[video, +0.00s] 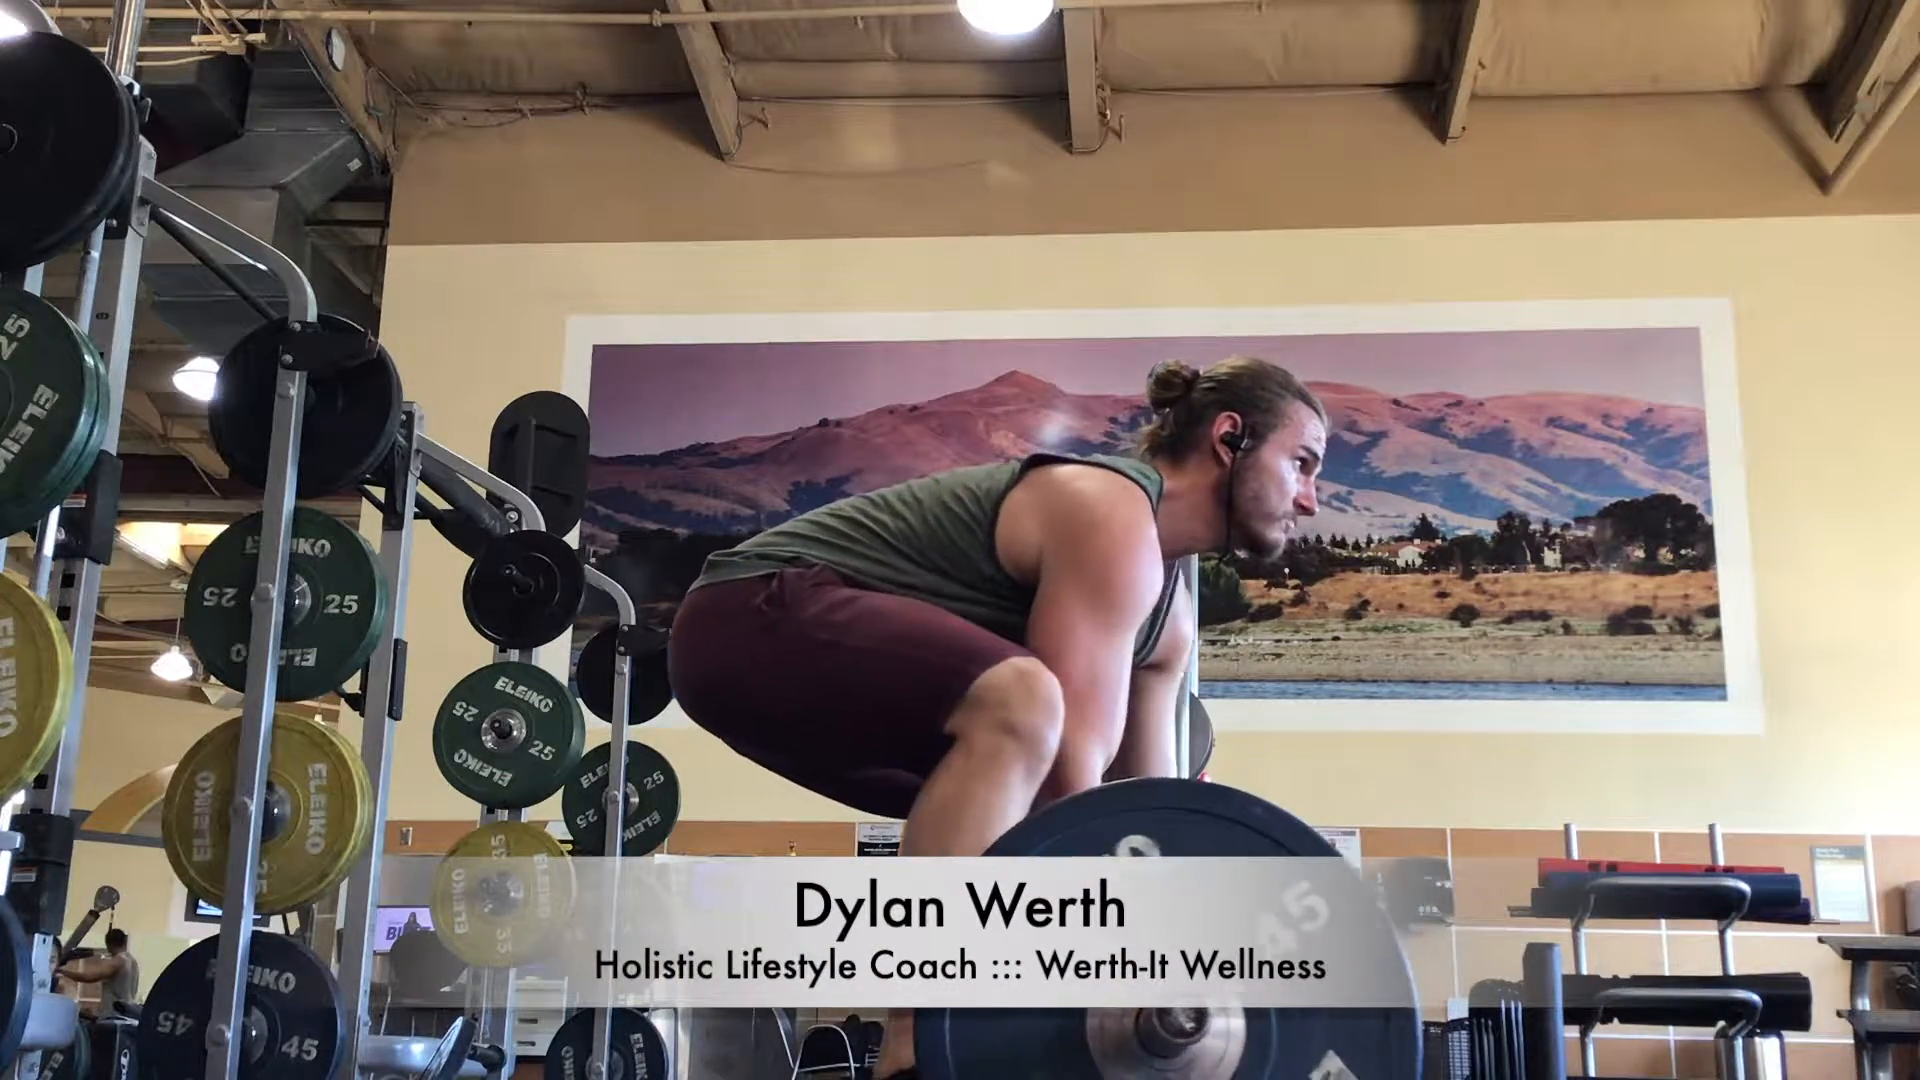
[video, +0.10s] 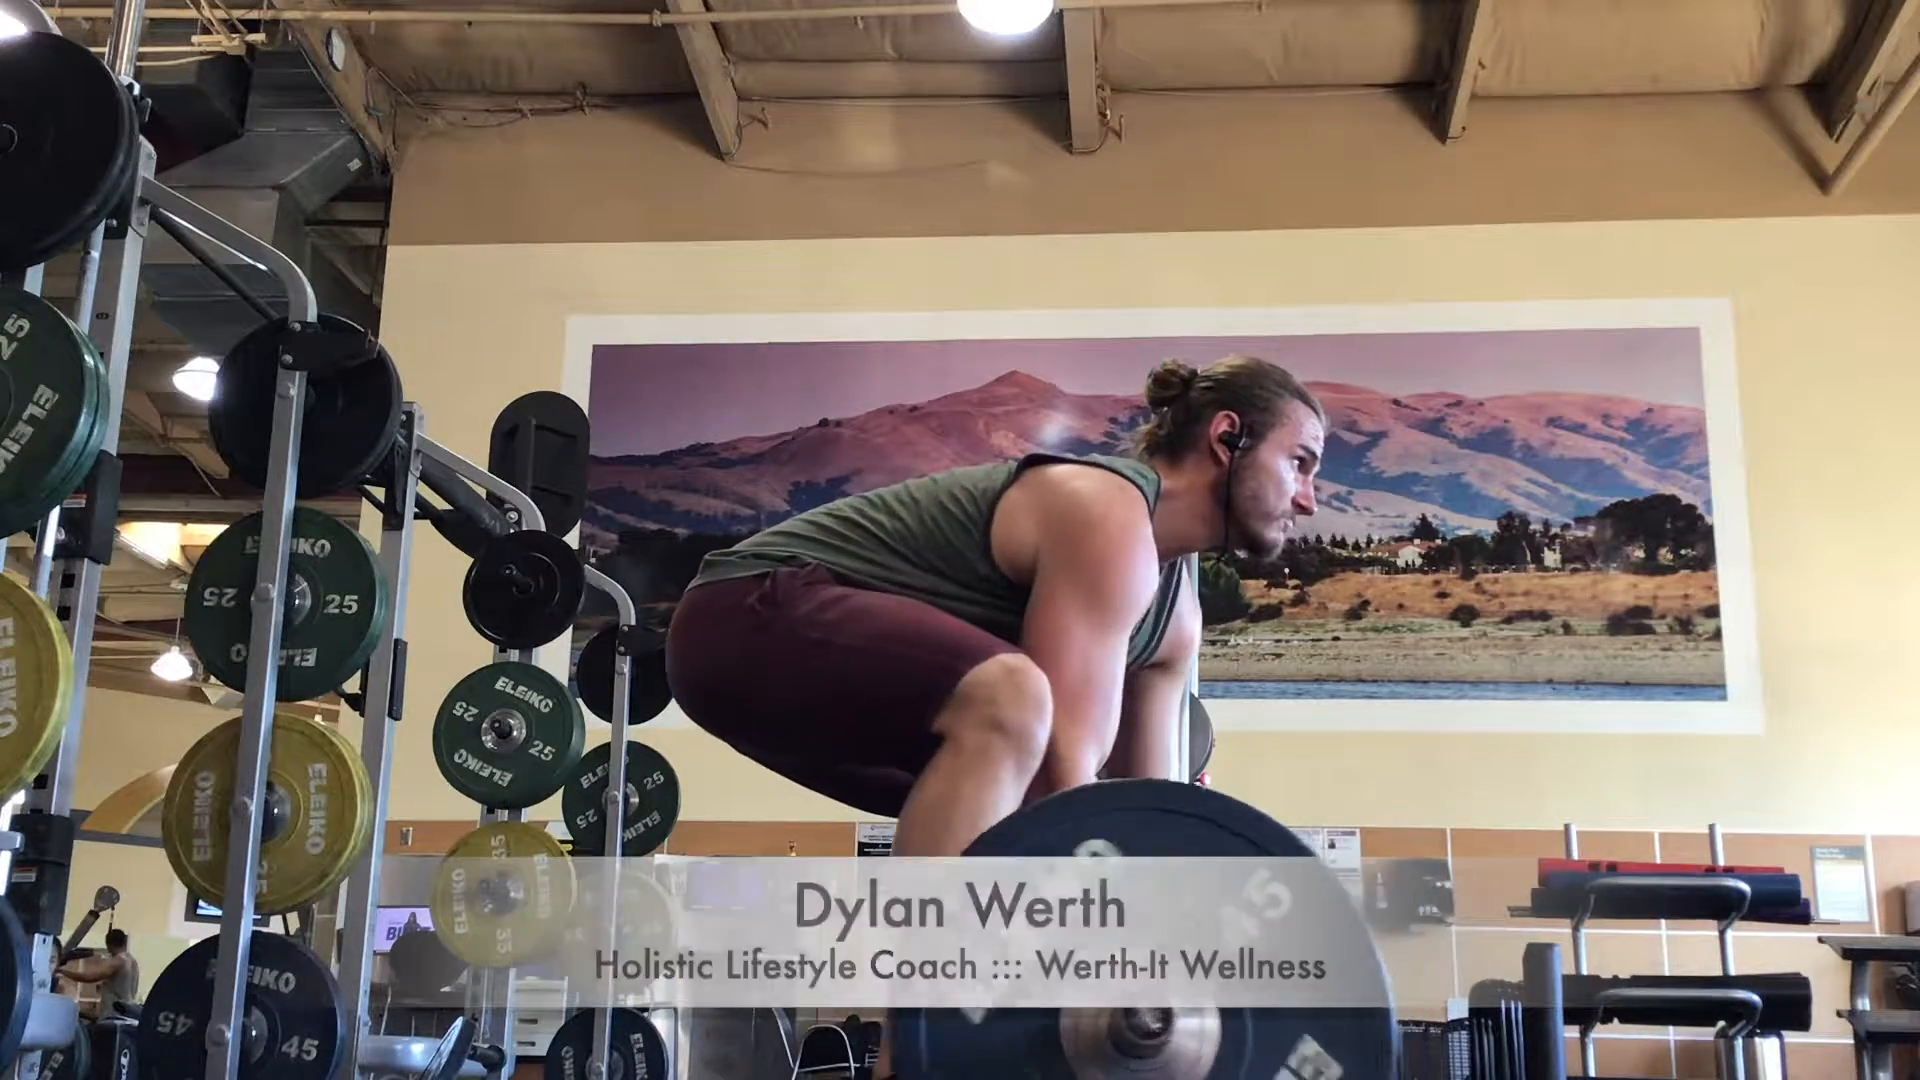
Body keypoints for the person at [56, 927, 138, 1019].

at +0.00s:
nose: (107, 947)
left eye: (108, 943)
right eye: (107, 943)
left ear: (109, 944)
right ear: (124, 942)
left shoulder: (118, 961)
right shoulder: (132, 962)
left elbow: (89, 978)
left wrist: (62, 971)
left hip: (111, 1016)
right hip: (126, 1016)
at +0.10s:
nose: (108, 946)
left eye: (108, 943)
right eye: (108, 943)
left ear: (109, 944)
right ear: (124, 943)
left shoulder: (119, 961)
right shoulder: (132, 962)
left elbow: (89, 978)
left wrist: (62, 971)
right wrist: (104, 987)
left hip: (111, 1016)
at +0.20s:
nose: (108, 947)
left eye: (108, 943)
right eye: (108, 943)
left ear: (109, 944)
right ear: (124, 943)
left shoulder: (119, 961)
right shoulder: (132, 962)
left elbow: (87, 977)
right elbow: (119, 984)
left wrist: (61, 971)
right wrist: (98, 989)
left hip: (110, 1017)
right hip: (126, 1016)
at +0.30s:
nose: (108, 947)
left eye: (108, 944)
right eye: (107, 944)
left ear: (109, 944)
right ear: (124, 943)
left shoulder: (119, 961)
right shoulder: (132, 962)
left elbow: (88, 977)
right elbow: (117, 985)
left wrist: (61, 971)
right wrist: (93, 990)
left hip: (111, 1018)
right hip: (126, 1018)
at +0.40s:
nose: (107, 948)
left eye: (107, 945)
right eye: (107, 945)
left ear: (110, 945)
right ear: (124, 943)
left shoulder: (120, 960)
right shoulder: (131, 962)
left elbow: (88, 977)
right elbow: (112, 987)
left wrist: (61, 971)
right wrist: (86, 988)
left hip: (111, 1018)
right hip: (125, 1018)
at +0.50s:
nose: (106, 949)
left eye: (107, 945)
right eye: (106, 945)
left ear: (109, 945)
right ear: (123, 944)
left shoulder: (119, 961)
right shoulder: (131, 961)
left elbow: (89, 977)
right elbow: (111, 988)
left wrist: (61, 971)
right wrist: (83, 987)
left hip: (111, 1018)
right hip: (125, 1018)